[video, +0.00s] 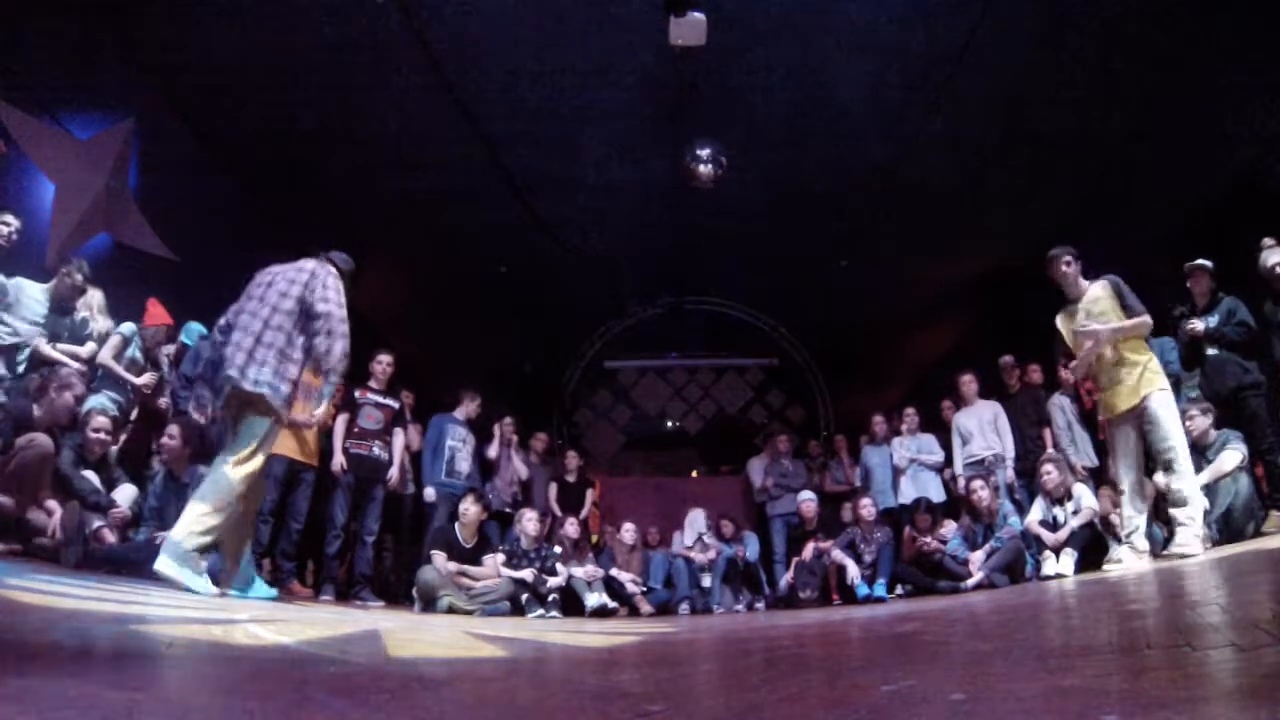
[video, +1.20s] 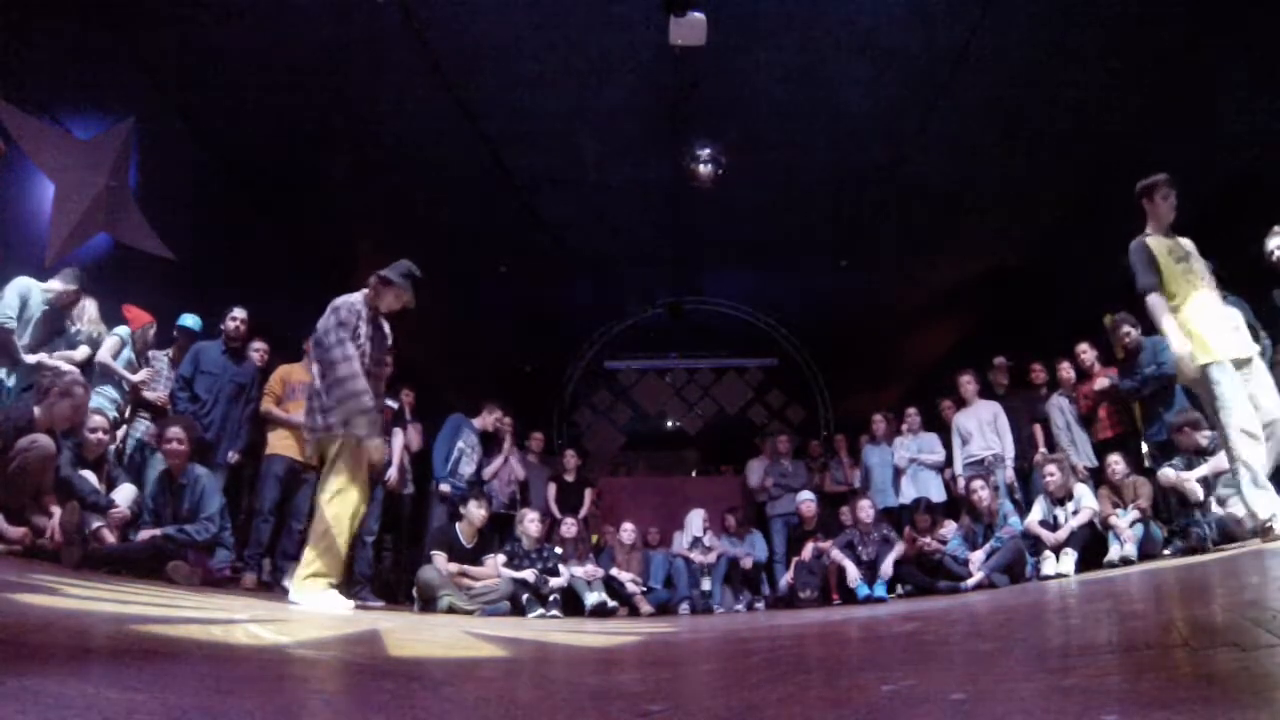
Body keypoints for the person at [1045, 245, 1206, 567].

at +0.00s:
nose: (1064, 270)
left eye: (1067, 263)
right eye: (1057, 268)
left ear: (1078, 266)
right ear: (1053, 278)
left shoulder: (1110, 286)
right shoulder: (1063, 319)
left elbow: (1145, 323)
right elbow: (1077, 371)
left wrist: (1108, 331)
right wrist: (1091, 346)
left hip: (1146, 378)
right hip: (1113, 394)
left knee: (1172, 453)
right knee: (1126, 472)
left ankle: (1190, 532)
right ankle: (1135, 544)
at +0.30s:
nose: (1101, 253)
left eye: (1105, 247)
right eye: (1095, 249)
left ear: (1114, 252)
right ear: (1085, 256)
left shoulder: (1137, 288)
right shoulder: (1079, 301)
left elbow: (1161, 333)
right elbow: (1079, 351)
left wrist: (1147, 325)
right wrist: (1120, 338)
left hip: (1160, 380)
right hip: (1123, 387)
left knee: (1187, 459)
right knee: (1134, 469)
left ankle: (1205, 532)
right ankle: (1136, 545)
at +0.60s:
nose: (1145, 241)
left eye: (1147, 236)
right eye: (1139, 236)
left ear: (1149, 240)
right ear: (1123, 239)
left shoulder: (1156, 282)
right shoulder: (1108, 278)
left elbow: (1165, 325)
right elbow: (1108, 327)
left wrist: (1184, 336)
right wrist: (1140, 357)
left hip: (1177, 373)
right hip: (1148, 377)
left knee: (1198, 448)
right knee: (1175, 447)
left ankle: (1203, 529)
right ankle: (1157, 522)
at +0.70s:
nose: (1153, 235)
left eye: (1155, 230)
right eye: (1147, 230)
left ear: (1156, 234)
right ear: (1130, 233)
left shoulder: (1159, 276)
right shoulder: (1116, 272)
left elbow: (1166, 324)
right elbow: (1114, 321)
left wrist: (1186, 336)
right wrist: (1130, 372)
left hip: (1177, 360)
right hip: (1152, 364)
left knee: (1199, 437)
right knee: (1204, 422)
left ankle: (1199, 527)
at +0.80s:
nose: (1159, 229)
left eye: (1160, 223)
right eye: (1152, 223)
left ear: (1158, 227)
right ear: (1135, 227)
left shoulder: (1162, 270)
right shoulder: (1123, 267)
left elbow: (1177, 315)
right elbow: (1116, 320)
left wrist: (1196, 338)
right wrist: (1117, 372)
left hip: (1187, 358)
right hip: (1165, 363)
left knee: (1199, 441)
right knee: (1222, 427)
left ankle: (1202, 524)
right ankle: (1233, 516)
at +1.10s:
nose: (1169, 207)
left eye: (1170, 201)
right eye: (1162, 201)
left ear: (1170, 206)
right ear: (1144, 207)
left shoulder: (1179, 249)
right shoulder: (1136, 249)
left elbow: (1202, 295)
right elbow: (1137, 300)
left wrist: (1224, 326)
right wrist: (1146, 349)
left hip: (1222, 337)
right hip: (1192, 343)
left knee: (1246, 430)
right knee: (1235, 431)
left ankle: (1217, 520)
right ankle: (1267, 515)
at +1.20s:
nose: (1172, 203)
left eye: (1172, 197)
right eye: (1164, 198)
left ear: (1174, 201)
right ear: (1146, 204)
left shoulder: (1187, 244)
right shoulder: (1141, 247)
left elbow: (1208, 286)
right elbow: (1152, 297)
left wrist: (1231, 322)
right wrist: (1177, 343)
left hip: (1232, 330)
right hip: (1201, 337)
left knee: (1271, 412)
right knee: (1241, 425)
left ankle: (1244, 496)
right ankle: (1266, 513)